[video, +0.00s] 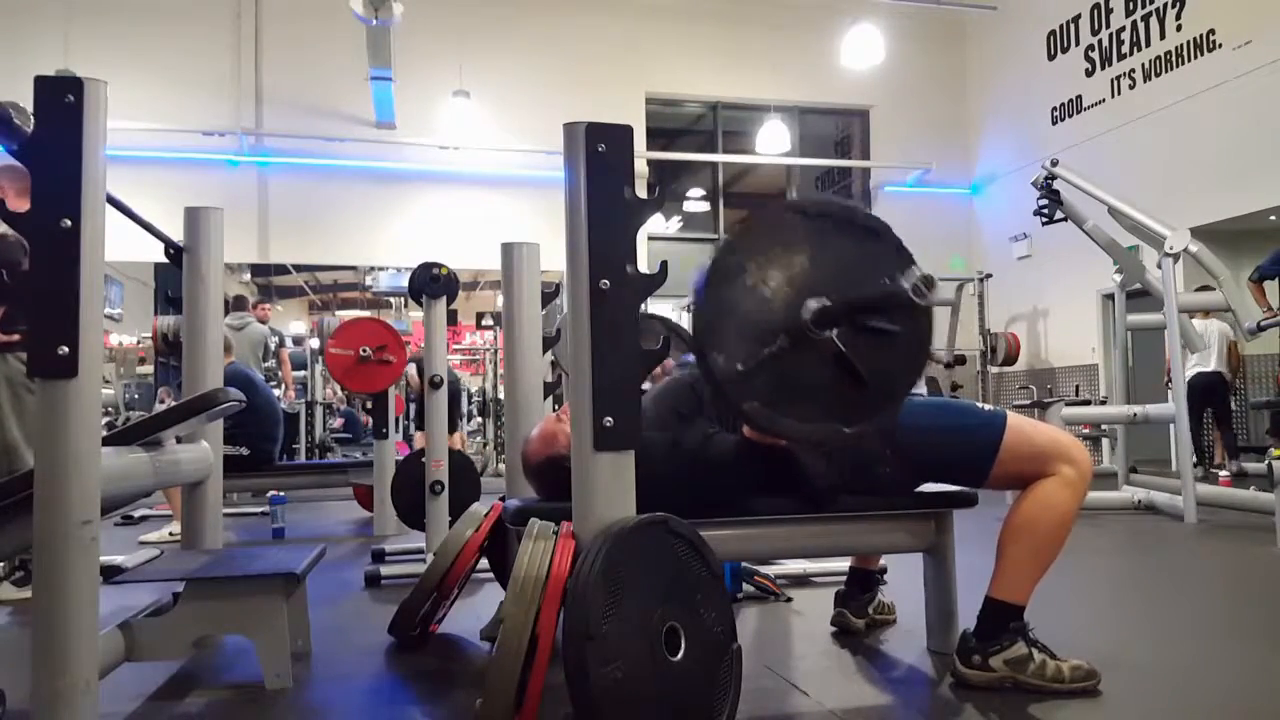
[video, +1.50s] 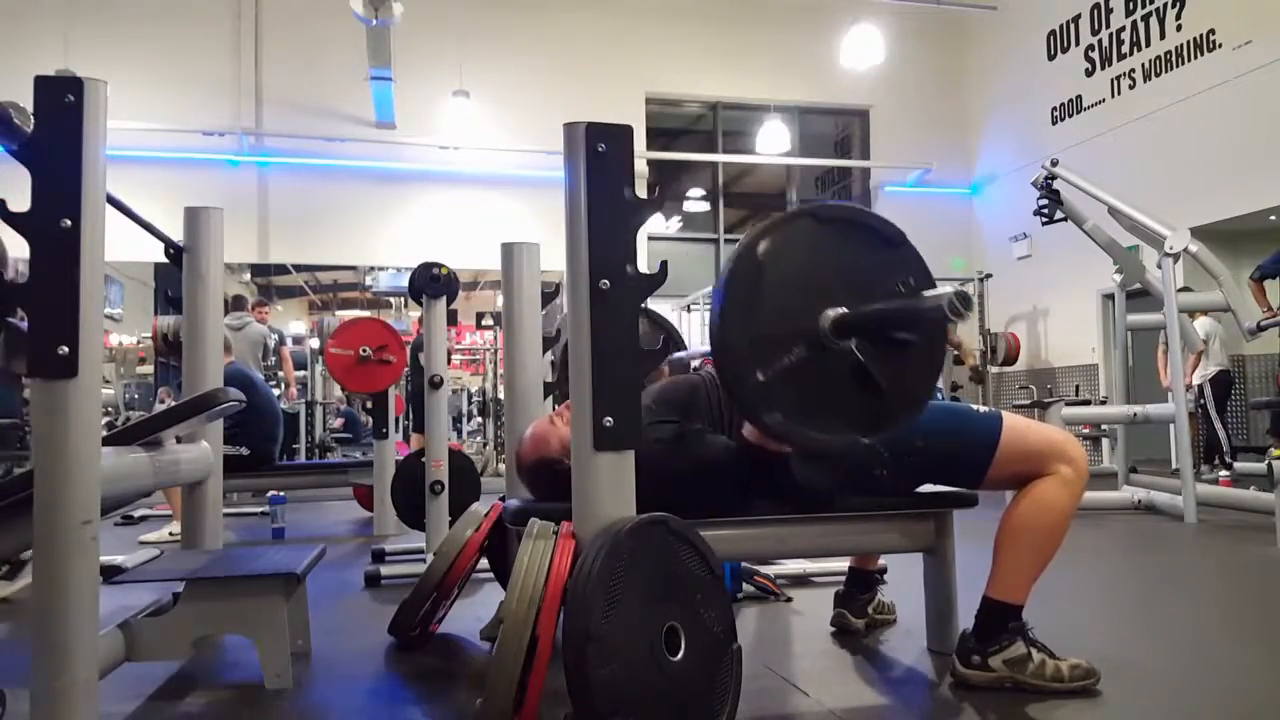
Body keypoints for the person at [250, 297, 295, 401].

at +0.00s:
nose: (266, 313)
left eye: (269, 310)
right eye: (262, 309)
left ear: (271, 311)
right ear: (253, 311)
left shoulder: (277, 335)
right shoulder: (246, 333)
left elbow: (284, 361)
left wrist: (289, 387)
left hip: (273, 386)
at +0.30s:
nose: (266, 313)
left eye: (269, 309)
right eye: (262, 309)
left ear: (272, 311)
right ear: (252, 311)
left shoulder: (277, 335)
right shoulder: (245, 334)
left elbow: (285, 361)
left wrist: (290, 387)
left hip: (274, 387)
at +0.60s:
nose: (267, 313)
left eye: (269, 309)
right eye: (263, 309)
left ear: (271, 311)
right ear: (252, 311)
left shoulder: (278, 334)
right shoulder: (246, 333)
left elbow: (286, 361)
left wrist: (291, 386)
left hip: (274, 387)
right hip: (252, 386)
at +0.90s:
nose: (264, 314)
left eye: (266, 310)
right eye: (260, 310)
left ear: (269, 312)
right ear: (252, 312)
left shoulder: (277, 333)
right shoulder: (246, 333)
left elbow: (286, 360)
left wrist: (291, 385)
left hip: (273, 385)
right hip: (251, 385)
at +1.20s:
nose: (263, 315)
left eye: (266, 311)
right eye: (259, 311)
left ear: (269, 313)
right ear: (252, 312)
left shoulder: (277, 332)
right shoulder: (246, 332)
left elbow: (286, 358)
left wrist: (292, 384)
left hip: (272, 384)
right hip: (251, 383)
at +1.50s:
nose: (263, 316)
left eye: (266, 313)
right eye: (259, 313)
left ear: (269, 314)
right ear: (252, 312)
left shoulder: (277, 334)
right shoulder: (246, 333)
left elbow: (286, 359)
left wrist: (292, 385)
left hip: (272, 384)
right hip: (251, 384)